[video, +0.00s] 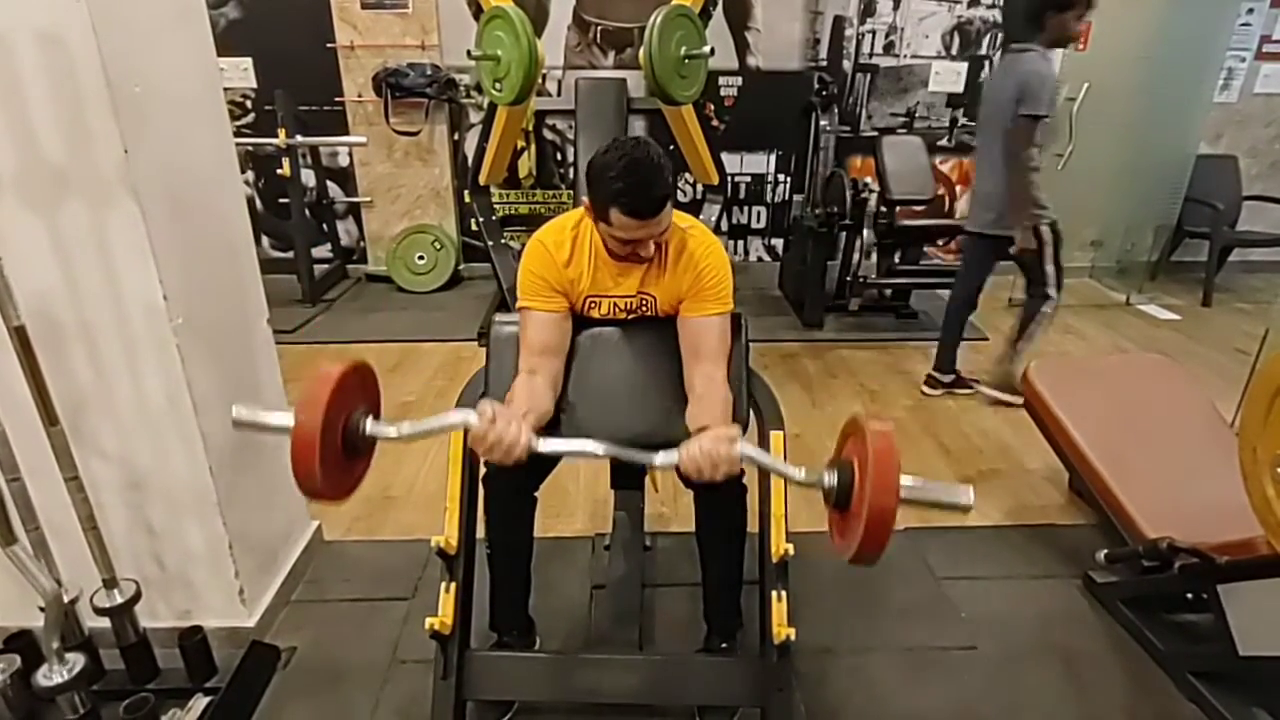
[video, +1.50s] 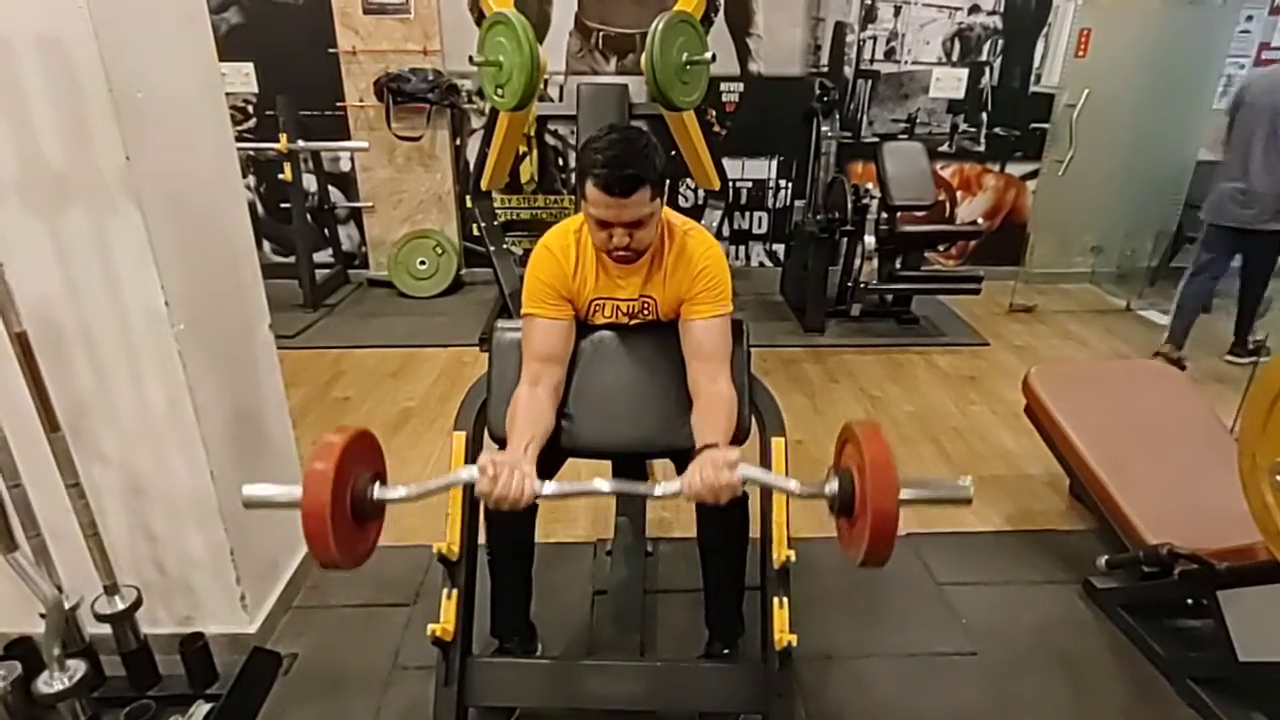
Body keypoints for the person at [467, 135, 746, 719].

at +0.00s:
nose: (647, 248)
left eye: (658, 234)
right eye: (629, 240)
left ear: (671, 204)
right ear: (594, 213)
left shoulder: (700, 252)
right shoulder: (550, 250)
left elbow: (707, 372)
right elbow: (537, 368)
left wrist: (713, 435)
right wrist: (516, 419)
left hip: (671, 385)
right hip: (578, 384)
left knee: (721, 471)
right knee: (506, 470)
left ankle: (724, 638)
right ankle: (511, 635)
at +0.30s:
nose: (642, 249)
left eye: (654, 235)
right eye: (625, 240)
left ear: (670, 206)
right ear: (591, 214)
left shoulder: (699, 252)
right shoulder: (550, 250)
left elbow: (706, 377)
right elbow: (536, 376)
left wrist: (708, 466)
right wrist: (514, 459)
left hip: (670, 374)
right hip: (574, 375)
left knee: (719, 480)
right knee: (502, 475)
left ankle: (722, 640)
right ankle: (510, 636)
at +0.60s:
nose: (622, 247)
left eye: (639, 235)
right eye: (607, 233)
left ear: (664, 209)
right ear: (586, 204)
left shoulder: (696, 255)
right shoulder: (551, 252)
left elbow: (707, 389)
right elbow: (535, 384)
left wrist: (704, 507)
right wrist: (518, 505)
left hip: (670, 383)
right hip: (574, 383)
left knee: (721, 488)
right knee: (502, 480)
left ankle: (723, 637)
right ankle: (512, 639)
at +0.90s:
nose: (623, 240)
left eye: (639, 225)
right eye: (608, 224)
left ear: (665, 203)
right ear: (587, 198)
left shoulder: (696, 256)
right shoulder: (552, 255)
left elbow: (709, 393)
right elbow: (536, 387)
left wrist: (704, 513)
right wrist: (524, 515)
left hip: (670, 382)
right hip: (575, 382)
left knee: (723, 484)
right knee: (502, 479)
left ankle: (722, 635)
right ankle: (512, 637)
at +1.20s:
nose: (621, 233)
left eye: (637, 217)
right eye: (605, 218)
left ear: (662, 197)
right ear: (585, 197)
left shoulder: (696, 254)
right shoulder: (555, 253)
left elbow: (711, 384)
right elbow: (537, 382)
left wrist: (710, 481)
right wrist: (519, 488)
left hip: (673, 385)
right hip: (576, 383)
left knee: (722, 490)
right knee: (504, 487)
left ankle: (724, 643)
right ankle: (511, 643)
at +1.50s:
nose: (620, 240)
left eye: (636, 224)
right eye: (603, 224)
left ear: (659, 201)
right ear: (583, 203)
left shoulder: (698, 255)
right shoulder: (556, 254)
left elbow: (712, 374)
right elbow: (538, 377)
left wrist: (713, 447)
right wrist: (517, 453)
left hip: (670, 390)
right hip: (577, 388)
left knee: (720, 474)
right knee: (504, 474)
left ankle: (724, 639)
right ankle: (512, 639)